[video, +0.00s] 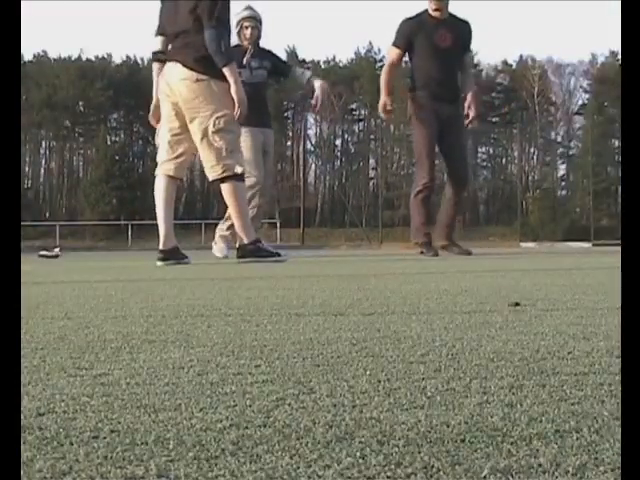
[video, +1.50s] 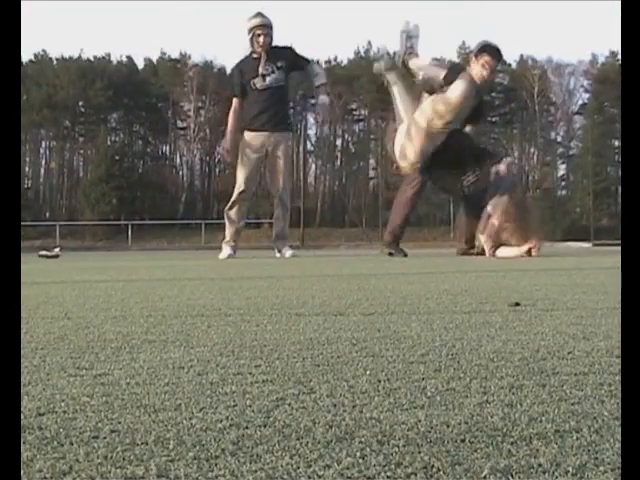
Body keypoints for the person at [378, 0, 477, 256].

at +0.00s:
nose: (436, 1)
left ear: (447, 0)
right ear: (427, 1)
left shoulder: (462, 27)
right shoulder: (411, 25)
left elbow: (466, 68)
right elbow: (391, 63)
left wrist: (471, 95)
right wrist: (384, 95)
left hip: (452, 108)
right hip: (422, 106)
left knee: (459, 177)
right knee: (425, 177)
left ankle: (444, 238)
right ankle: (422, 239)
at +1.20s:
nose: (456, 28)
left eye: (461, 24)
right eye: (452, 21)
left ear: (466, 25)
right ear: (443, 18)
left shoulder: (464, 56)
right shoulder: (417, 41)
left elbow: (458, 97)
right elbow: (388, 78)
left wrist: (458, 124)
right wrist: (389, 109)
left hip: (434, 117)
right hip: (404, 114)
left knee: (451, 177)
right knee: (408, 176)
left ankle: (462, 242)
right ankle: (394, 242)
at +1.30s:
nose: (463, 39)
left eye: (469, 35)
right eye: (460, 31)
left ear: (474, 36)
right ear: (451, 28)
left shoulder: (469, 67)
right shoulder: (425, 50)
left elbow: (459, 107)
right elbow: (396, 91)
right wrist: (406, 126)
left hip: (434, 122)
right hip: (408, 119)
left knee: (461, 170)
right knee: (409, 170)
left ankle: (465, 243)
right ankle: (394, 242)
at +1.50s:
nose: (487, 71)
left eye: (492, 68)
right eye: (484, 64)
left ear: (495, 72)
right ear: (473, 60)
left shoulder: (479, 104)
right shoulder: (453, 75)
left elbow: (469, 130)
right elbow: (423, 68)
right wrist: (410, 60)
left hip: (449, 138)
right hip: (424, 131)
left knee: (479, 175)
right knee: (415, 180)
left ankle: (468, 243)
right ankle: (391, 240)